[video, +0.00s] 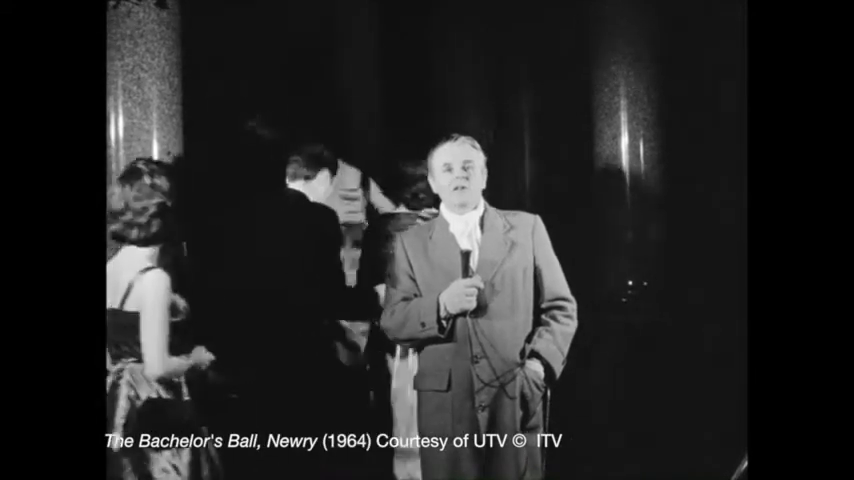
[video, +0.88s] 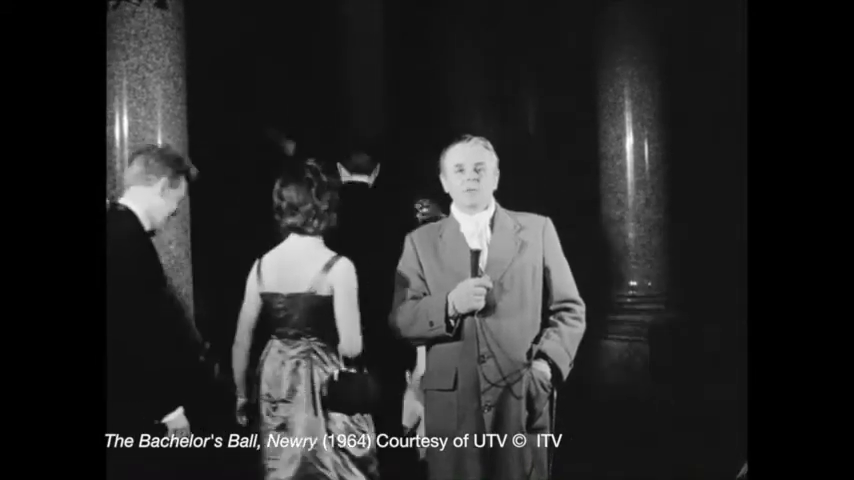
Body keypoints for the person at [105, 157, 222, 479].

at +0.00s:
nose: (180, 221)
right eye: (177, 213)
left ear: (121, 212)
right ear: (164, 218)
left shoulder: (113, 267)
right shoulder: (153, 279)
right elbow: (156, 368)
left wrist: (161, 307)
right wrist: (194, 360)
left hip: (116, 404)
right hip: (149, 411)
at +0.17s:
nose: (212, 223)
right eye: (209, 215)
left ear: (155, 213)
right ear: (200, 220)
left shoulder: (140, 272)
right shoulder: (191, 279)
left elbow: (138, 357)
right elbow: (196, 365)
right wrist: (226, 356)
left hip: (148, 406)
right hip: (189, 409)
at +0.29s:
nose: (238, 226)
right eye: (233, 217)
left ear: (182, 217)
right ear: (227, 223)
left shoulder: (166, 275)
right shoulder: (222, 282)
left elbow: (162, 358)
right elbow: (229, 368)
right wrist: (256, 354)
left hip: (170, 405)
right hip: (215, 409)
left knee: (173, 472)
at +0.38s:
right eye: (250, 216)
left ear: (201, 218)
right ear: (244, 221)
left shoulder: (185, 274)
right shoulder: (243, 279)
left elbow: (177, 353)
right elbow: (253, 365)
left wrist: (195, 388)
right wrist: (276, 352)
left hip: (189, 397)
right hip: (234, 404)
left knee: (192, 472)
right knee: (234, 472)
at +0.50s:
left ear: (225, 211)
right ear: (273, 213)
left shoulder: (207, 269)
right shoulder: (272, 273)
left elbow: (195, 341)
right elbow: (281, 357)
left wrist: (205, 386)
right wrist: (301, 343)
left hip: (213, 390)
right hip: (259, 397)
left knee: (212, 469)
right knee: (258, 471)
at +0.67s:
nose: (309, 211)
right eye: (305, 204)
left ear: (254, 207)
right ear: (299, 210)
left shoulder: (233, 264)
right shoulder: (305, 267)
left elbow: (214, 337)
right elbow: (317, 349)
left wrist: (219, 390)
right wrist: (332, 341)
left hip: (242, 382)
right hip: (290, 385)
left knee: (247, 463)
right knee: (293, 465)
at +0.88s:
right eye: (332, 201)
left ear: (281, 208)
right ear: (328, 209)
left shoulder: (262, 266)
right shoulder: (338, 267)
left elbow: (242, 338)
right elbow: (351, 345)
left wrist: (241, 393)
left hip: (273, 376)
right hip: (320, 379)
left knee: (280, 462)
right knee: (327, 464)